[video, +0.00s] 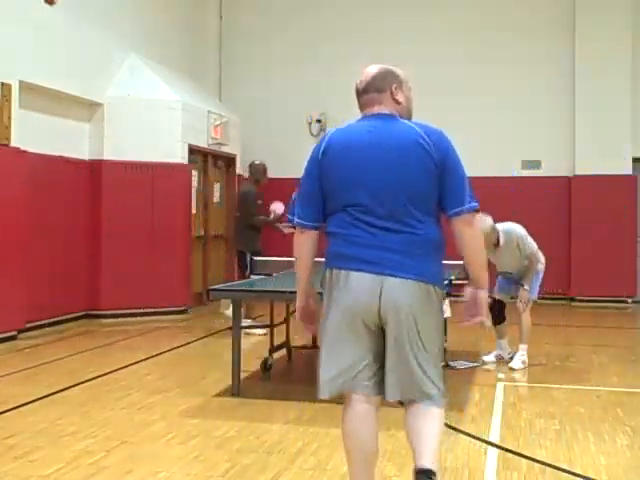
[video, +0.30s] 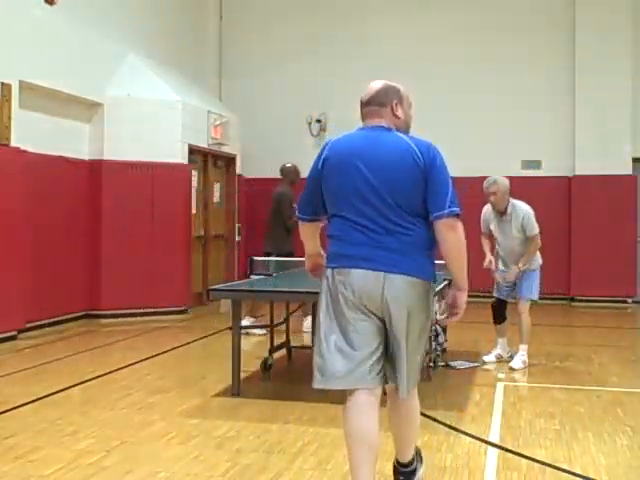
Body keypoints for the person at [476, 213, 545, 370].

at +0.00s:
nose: (485, 243)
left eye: (487, 237)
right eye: (482, 239)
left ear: (494, 232)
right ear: (480, 236)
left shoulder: (515, 232)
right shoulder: (482, 243)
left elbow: (535, 259)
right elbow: (484, 269)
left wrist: (525, 287)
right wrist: (485, 294)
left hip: (529, 268)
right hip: (506, 272)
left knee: (522, 306)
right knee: (496, 306)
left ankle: (522, 352)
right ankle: (503, 349)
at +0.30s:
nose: (490, 199)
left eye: (493, 194)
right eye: (488, 195)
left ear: (505, 193)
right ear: (488, 195)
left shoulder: (524, 212)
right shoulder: (487, 213)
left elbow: (535, 241)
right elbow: (485, 235)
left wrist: (520, 266)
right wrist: (488, 254)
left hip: (527, 264)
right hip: (504, 263)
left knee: (522, 307)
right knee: (498, 306)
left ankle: (522, 352)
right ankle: (502, 347)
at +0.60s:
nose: (498, 181)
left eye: (503, 177)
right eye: (496, 177)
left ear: (514, 178)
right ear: (494, 180)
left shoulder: (525, 203)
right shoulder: (490, 201)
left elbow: (534, 234)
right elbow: (482, 222)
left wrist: (512, 249)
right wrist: (483, 234)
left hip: (520, 263)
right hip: (497, 261)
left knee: (520, 304)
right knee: (497, 304)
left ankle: (522, 351)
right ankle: (501, 347)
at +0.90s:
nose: (496, 179)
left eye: (501, 175)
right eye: (494, 175)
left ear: (511, 177)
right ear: (491, 177)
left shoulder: (521, 202)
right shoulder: (485, 199)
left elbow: (528, 232)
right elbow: (472, 223)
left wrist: (503, 240)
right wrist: (480, 229)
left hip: (513, 262)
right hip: (492, 261)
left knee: (515, 303)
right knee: (494, 305)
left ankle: (522, 351)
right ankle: (500, 347)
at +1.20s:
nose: (497, 179)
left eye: (502, 174)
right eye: (495, 174)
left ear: (512, 177)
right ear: (491, 177)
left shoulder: (521, 202)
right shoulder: (485, 199)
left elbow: (529, 231)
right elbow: (470, 220)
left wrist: (503, 237)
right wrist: (476, 223)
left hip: (511, 262)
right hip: (489, 261)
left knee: (515, 303)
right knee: (493, 304)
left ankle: (526, 348)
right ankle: (500, 347)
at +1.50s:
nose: (510, 178)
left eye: (513, 175)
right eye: (506, 174)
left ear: (518, 178)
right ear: (498, 177)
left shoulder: (525, 202)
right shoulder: (487, 199)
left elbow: (533, 231)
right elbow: (471, 222)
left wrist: (512, 237)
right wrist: (481, 220)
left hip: (516, 262)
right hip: (493, 261)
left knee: (521, 305)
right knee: (495, 304)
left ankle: (526, 348)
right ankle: (500, 347)